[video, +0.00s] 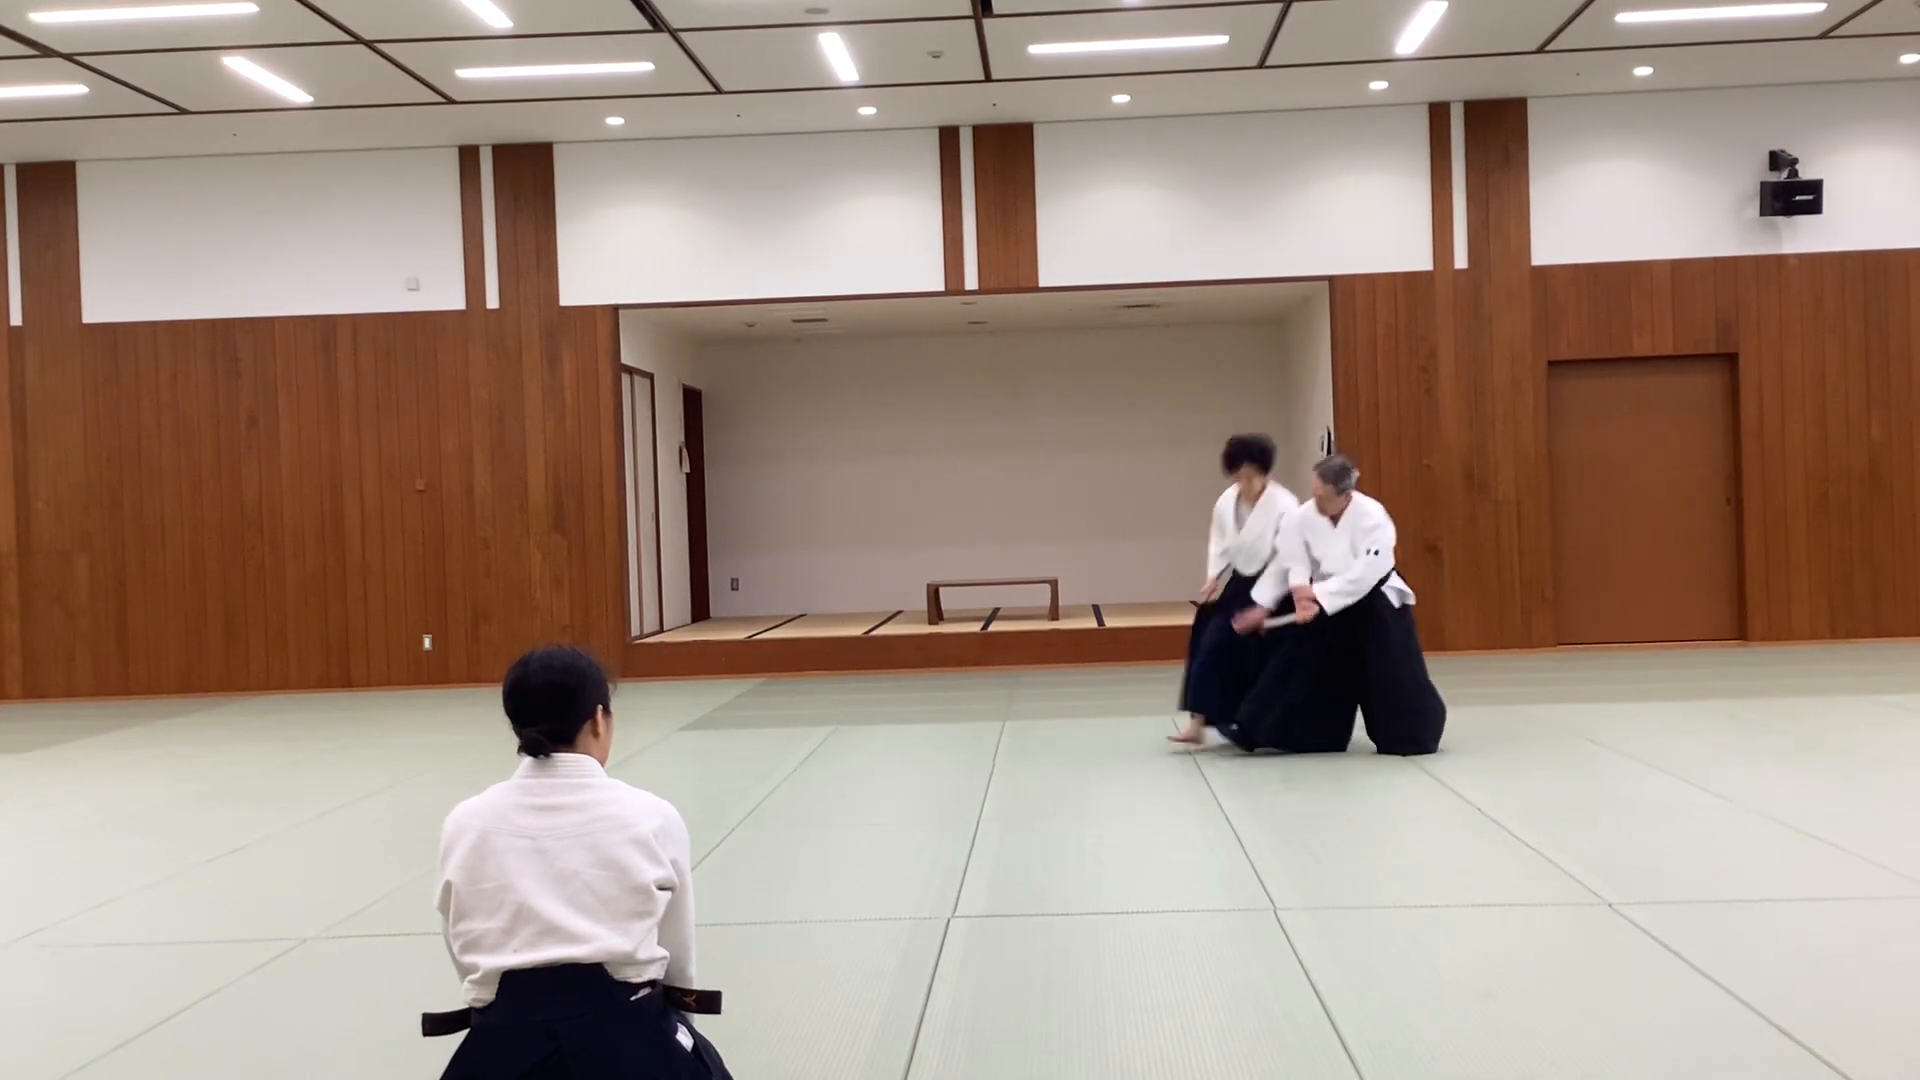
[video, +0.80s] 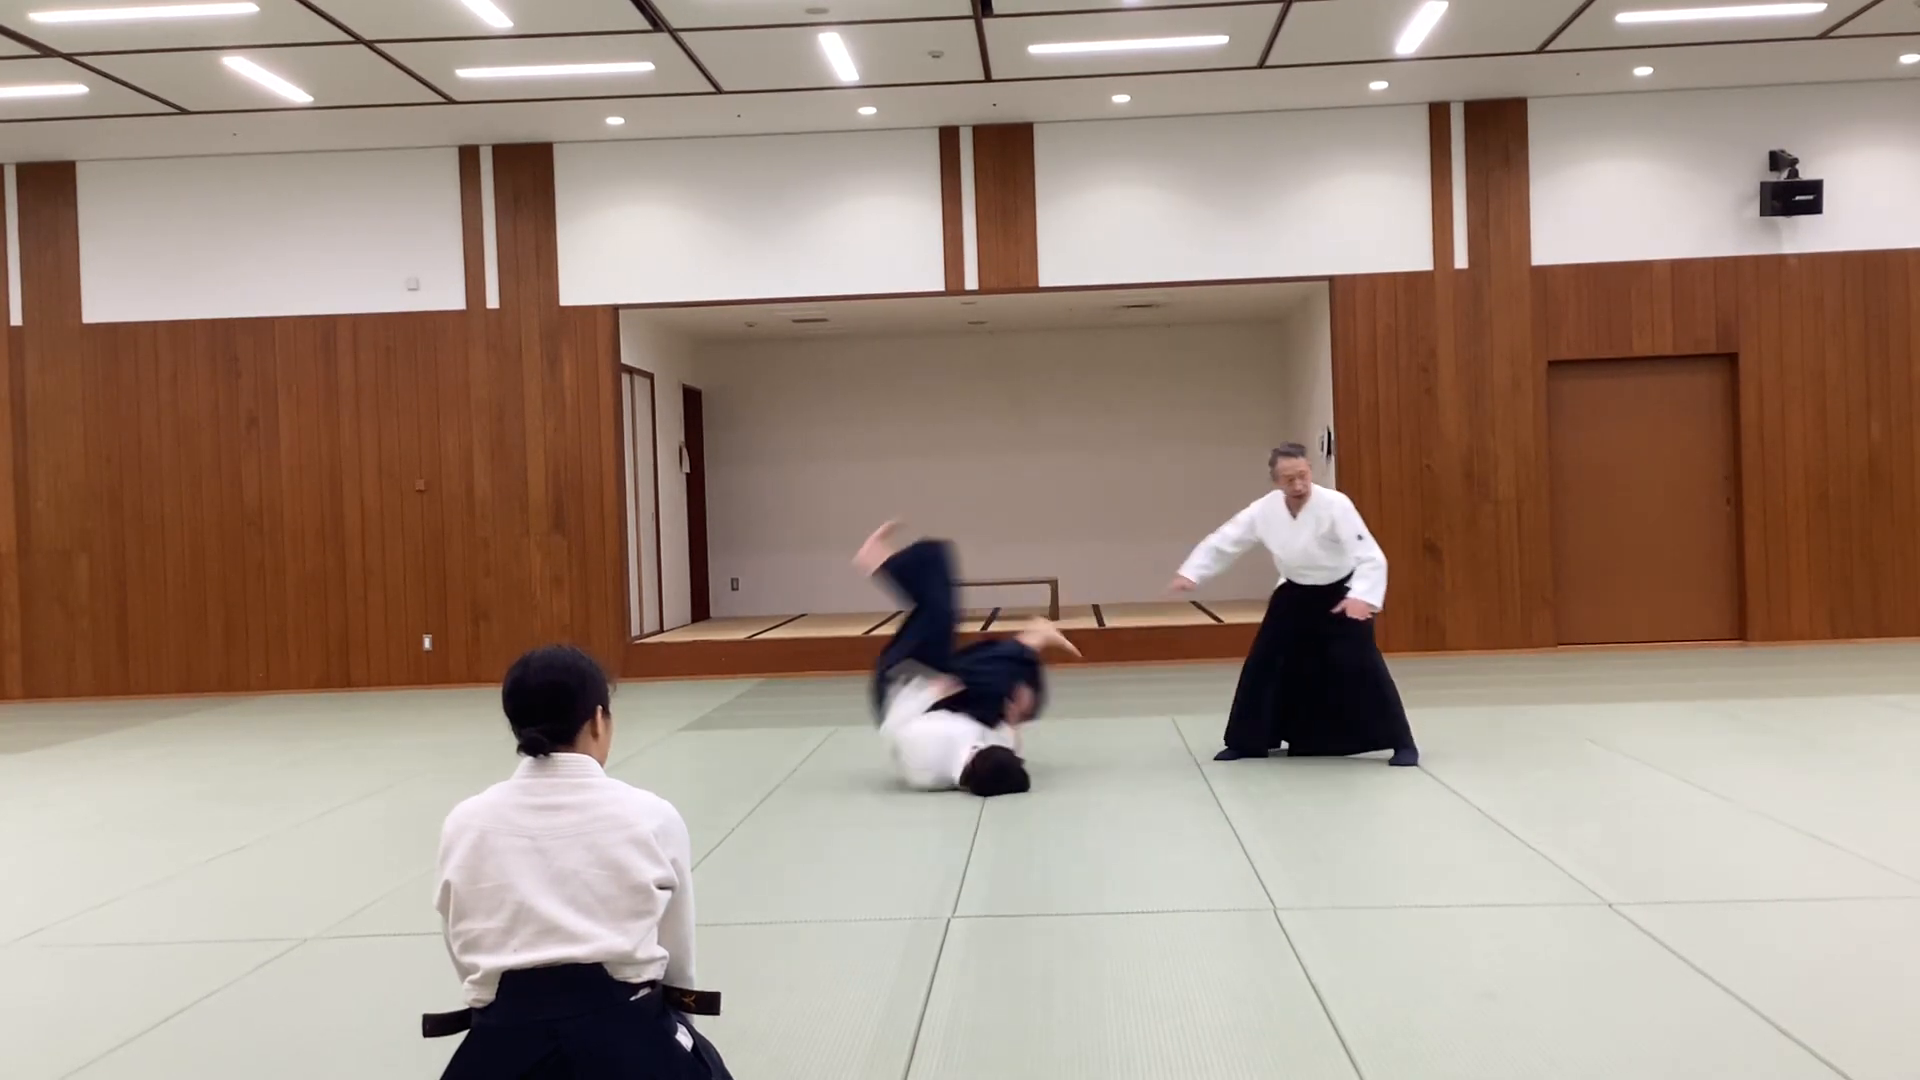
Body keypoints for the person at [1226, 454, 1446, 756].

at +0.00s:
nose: (1316, 501)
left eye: (1322, 497)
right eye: (1314, 494)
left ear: (1346, 497)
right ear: (1313, 489)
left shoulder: (1373, 518)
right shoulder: (1301, 518)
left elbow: (1371, 570)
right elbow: (1296, 562)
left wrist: (1320, 596)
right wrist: (1302, 592)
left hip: (1375, 602)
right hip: (1327, 604)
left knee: (1390, 667)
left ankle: (1406, 736)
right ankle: (1251, 728)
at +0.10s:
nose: (1291, 515)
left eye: (1297, 510)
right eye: (1290, 508)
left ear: (1318, 506)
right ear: (1289, 501)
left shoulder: (1349, 524)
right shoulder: (1279, 534)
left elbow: (1358, 582)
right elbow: (1283, 583)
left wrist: (1318, 613)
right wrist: (1302, 614)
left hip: (1354, 602)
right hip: (1308, 606)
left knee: (1379, 668)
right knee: (1281, 668)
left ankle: (1414, 735)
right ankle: (1252, 742)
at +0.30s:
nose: (1244, 522)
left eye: (1250, 516)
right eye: (1241, 514)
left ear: (1270, 509)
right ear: (1239, 508)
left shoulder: (1305, 523)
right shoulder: (1233, 536)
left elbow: (1308, 576)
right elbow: (1207, 579)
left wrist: (1268, 612)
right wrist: (1190, 627)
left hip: (1328, 587)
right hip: (1280, 594)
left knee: (1358, 650)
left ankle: (1413, 724)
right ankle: (1252, 738)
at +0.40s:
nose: (1230, 509)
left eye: (1236, 501)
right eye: (1226, 502)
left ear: (1257, 493)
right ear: (1224, 499)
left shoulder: (1286, 514)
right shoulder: (1223, 525)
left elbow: (1297, 568)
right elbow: (1189, 557)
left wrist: (1243, 596)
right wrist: (1155, 597)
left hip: (1324, 584)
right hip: (1280, 592)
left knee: (1360, 647)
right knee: (1254, 655)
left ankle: (1411, 718)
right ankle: (1248, 738)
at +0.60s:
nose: (1246, 488)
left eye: (1251, 479)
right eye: (1237, 483)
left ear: (1264, 474)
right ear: (1228, 484)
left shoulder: (1293, 502)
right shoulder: (1226, 512)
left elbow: (1315, 558)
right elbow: (1191, 533)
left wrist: (1291, 598)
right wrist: (1157, 547)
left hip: (1321, 580)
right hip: (1274, 586)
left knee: (1359, 655)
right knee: (1254, 663)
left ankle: (1404, 724)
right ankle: (1247, 741)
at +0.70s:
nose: (1266, 485)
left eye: (1271, 476)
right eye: (1258, 479)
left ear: (1282, 471)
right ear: (1246, 481)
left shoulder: (1309, 501)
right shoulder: (1239, 509)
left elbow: (1345, 555)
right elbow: (1201, 532)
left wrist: (1330, 596)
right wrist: (1168, 554)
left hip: (1328, 585)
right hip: (1279, 590)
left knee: (1362, 659)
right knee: (1255, 663)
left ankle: (1401, 735)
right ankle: (1247, 743)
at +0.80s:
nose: (1297, 484)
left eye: (1302, 476)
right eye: (1289, 478)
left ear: (1311, 474)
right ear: (1276, 480)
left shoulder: (1335, 506)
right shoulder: (1263, 511)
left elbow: (1371, 557)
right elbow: (1223, 541)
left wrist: (1361, 595)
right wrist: (1190, 572)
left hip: (1341, 594)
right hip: (1293, 595)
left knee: (1365, 665)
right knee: (1263, 663)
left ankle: (1404, 744)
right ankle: (1249, 743)